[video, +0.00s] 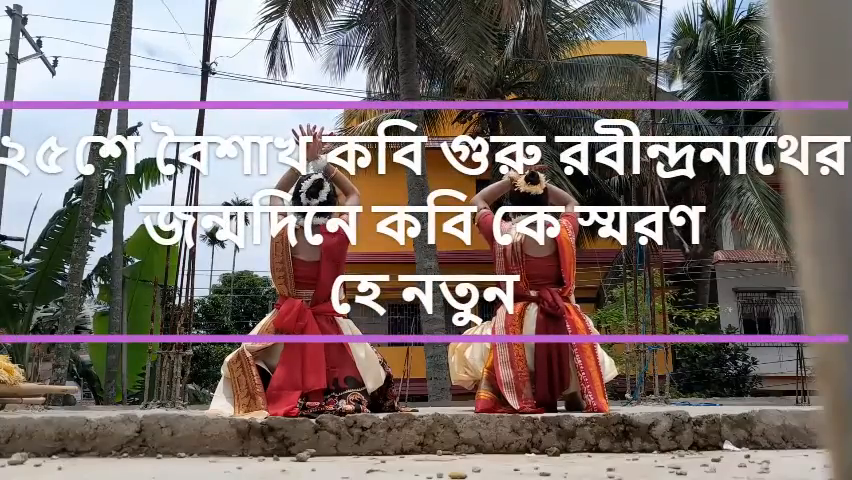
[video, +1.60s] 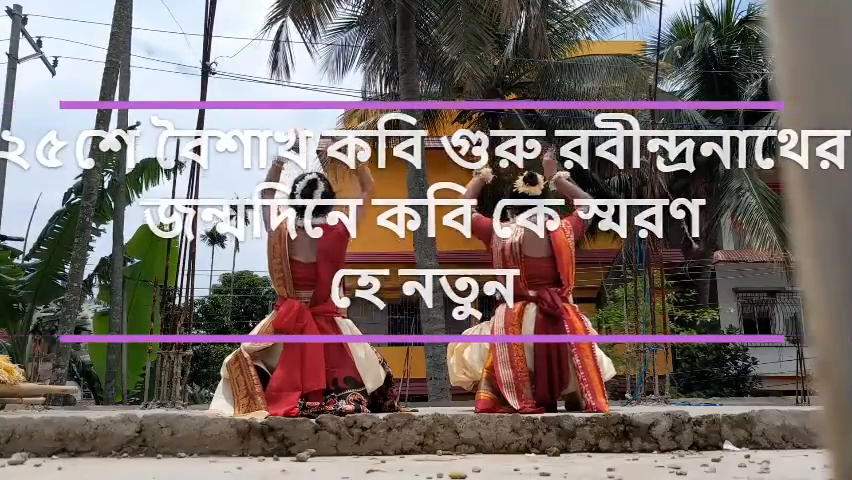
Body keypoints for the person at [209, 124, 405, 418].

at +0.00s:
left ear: (295, 203)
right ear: (330, 203)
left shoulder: (284, 234)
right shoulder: (337, 236)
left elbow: (277, 196)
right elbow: (351, 195)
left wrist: (303, 162)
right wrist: (323, 164)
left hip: (288, 328)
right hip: (330, 329)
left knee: (240, 363)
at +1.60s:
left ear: (292, 201)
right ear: (330, 202)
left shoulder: (279, 231)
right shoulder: (338, 232)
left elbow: (269, 192)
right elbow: (368, 188)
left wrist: (281, 157)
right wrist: (353, 157)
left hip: (287, 331)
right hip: (330, 329)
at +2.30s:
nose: (337, 204)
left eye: (333, 198)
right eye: (335, 199)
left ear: (295, 203)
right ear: (331, 204)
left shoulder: (278, 234)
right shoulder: (341, 235)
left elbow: (260, 204)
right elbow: (386, 206)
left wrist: (267, 161)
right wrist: (387, 171)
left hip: (288, 333)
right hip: (333, 333)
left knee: (239, 367)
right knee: (379, 388)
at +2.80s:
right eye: (332, 196)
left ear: (298, 202)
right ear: (332, 203)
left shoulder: (276, 236)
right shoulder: (346, 238)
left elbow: (247, 214)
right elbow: (400, 233)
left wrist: (233, 181)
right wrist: (420, 201)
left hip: (287, 339)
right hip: (333, 339)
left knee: (242, 365)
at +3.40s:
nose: (340, 207)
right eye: (338, 201)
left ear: (301, 203)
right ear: (336, 206)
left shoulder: (277, 238)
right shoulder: (348, 242)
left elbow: (238, 238)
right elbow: (404, 248)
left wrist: (225, 210)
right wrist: (430, 223)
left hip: (286, 336)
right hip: (334, 338)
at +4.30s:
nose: (337, 208)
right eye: (337, 203)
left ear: (299, 204)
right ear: (335, 206)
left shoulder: (276, 242)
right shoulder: (348, 245)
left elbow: (240, 274)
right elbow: (400, 268)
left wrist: (206, 249)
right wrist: (430, 248)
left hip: (287, 350)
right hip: (336, 350)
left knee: (240, 363)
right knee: (377, 386)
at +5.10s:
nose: (337, 207)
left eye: (318, 201)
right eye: (337, 201)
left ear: (300, 204)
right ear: (337, 207)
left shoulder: (276, 245)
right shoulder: (349, 248)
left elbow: (246, 280)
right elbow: (402, 267)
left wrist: (200, 256)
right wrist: (431, 247)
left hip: (289, 350)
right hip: (336, 349)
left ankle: (289, 392)